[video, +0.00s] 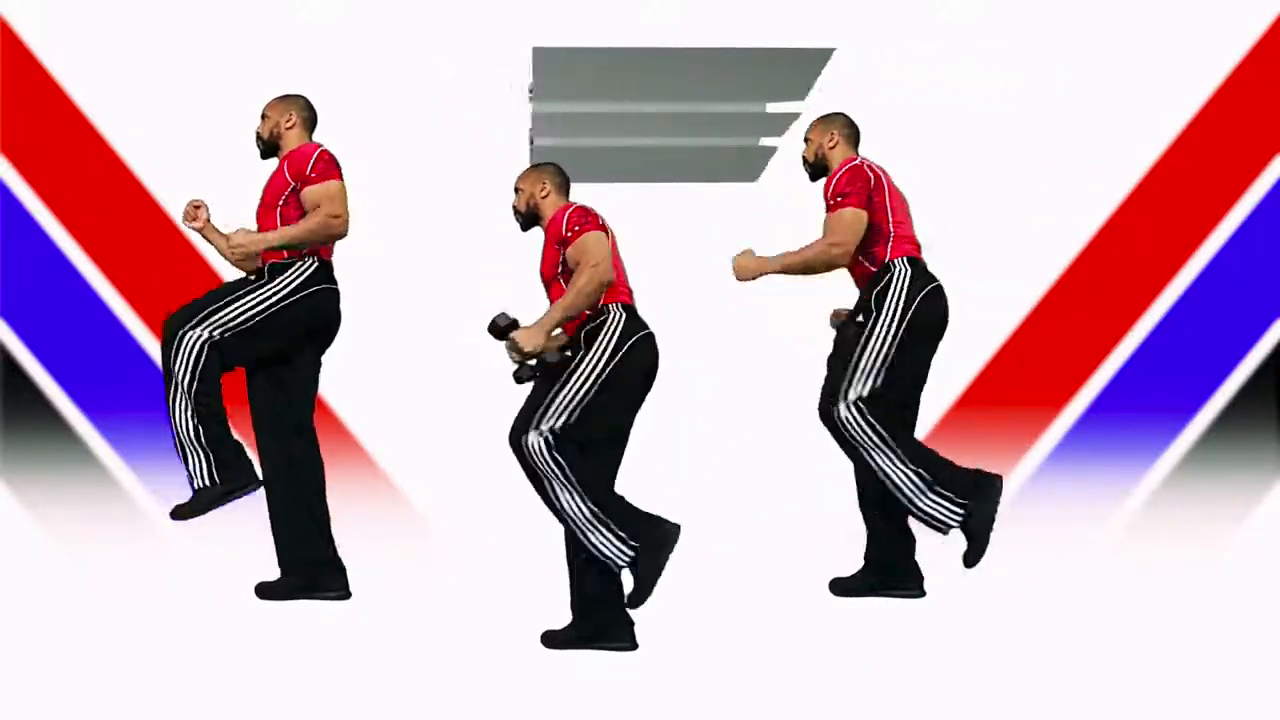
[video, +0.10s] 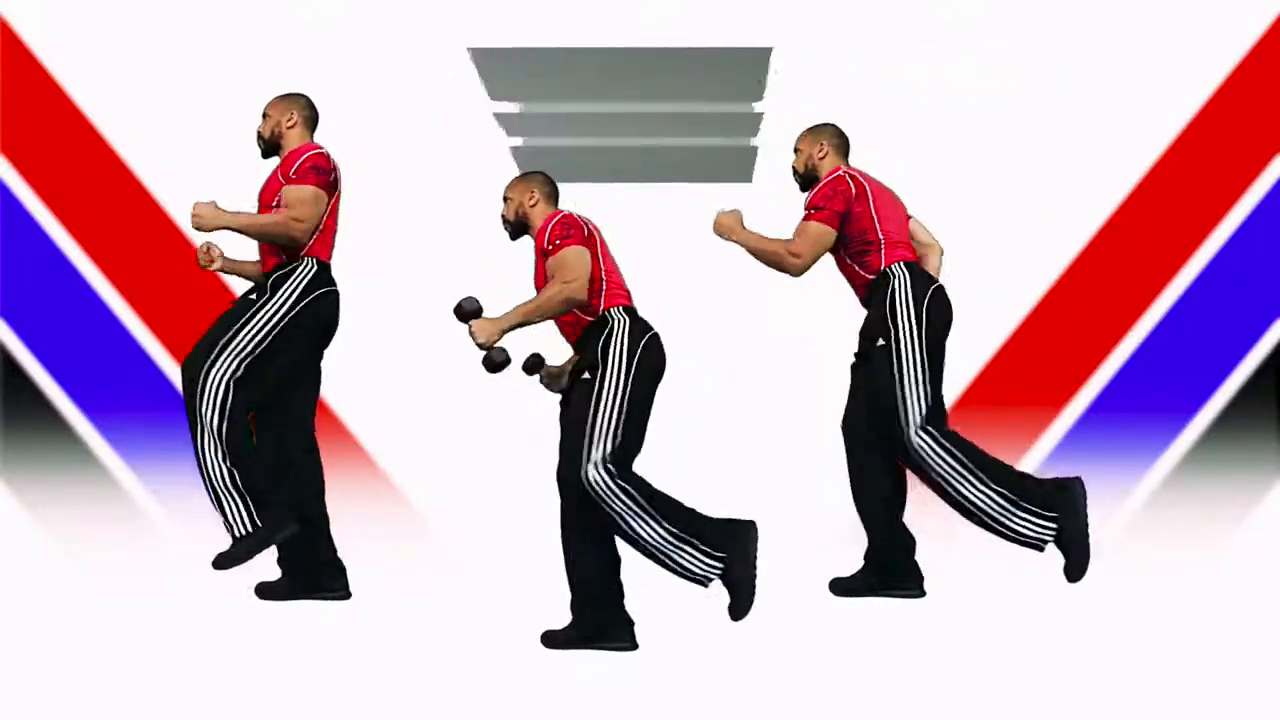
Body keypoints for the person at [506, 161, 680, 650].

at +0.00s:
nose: (513, 201)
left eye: (518, 190)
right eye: (514, 194)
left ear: (543, 187)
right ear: (548, 190)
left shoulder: (574, 216)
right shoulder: (557, 245)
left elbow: (598, 271)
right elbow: (576, 328)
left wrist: (544, 327)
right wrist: (541, 348)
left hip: (613, 333)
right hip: (606, 345)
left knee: (536, 436)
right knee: (586, 484)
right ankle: (600, 619)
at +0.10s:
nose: (503, 210)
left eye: (508, 200)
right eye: (503, 203)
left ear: (532, 197)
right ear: (536, 199)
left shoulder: (563, 225)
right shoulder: (547, 250)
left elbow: (572, 284)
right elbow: (593, 327)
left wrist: (503, 322)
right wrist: (569, 366)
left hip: (620, 341)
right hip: (597, 358)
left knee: (597, 471)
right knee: (575, 483)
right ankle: (600, 619)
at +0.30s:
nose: (488, 228)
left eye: (494, 218)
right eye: (487, 221)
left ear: (519, 215)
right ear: (519, 223)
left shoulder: (543, 243)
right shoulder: (539, 257)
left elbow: (525, 312)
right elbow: (522, 316)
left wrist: (456, 311)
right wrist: (463, 309)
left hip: (632, 350)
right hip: (607, 370)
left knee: (686, 477)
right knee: (581, 489)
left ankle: (827, 577)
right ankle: (601, 621)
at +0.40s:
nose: (484, 239)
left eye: (491, 228)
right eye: (484, 231)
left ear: (516, 225)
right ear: (523, 232)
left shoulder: (538, 252)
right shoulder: (562, 258)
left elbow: (514, 323)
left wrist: (451, 309)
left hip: (639, 357)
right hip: (616, 373)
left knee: (703, 479)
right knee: (582, 487)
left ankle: (841, 588)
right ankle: (602, 622)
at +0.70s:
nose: (484, 248)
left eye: (490, 238)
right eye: (484, 241)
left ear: (517, 236)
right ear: (525, 241)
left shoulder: (539, 266)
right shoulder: (561, 269)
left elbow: (511, 343)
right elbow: (642, 300)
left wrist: (452, 319)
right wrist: (663, 366)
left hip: (646, 363)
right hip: (622, 380)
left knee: (725, 485)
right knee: (582, 485)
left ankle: (861, 597)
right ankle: (601, 623)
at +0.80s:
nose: (484, 251)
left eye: (490, 241)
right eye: (485, 244)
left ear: (517, 237)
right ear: (525, 241)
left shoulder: (536, 269)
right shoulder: (563, 270)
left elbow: (509, 345)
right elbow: (643, 301)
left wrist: (450, 320)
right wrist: (661, 369)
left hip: (647, 365)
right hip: (624, 381)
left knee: (728, 486)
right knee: (582, 486)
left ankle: (866, 598)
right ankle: (601, 623)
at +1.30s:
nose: (483, 253)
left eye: (488, 242)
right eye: (483, 245)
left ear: (515, 239)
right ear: (522, 242)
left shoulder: (537, 270)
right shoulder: (564, 272)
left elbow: (510, 350)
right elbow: (643, 300)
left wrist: (447, 328)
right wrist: (658, 367)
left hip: (650, 366)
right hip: (626, 384)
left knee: (732, 490)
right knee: (583, 486)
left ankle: (875, 597)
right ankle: (600, 622)